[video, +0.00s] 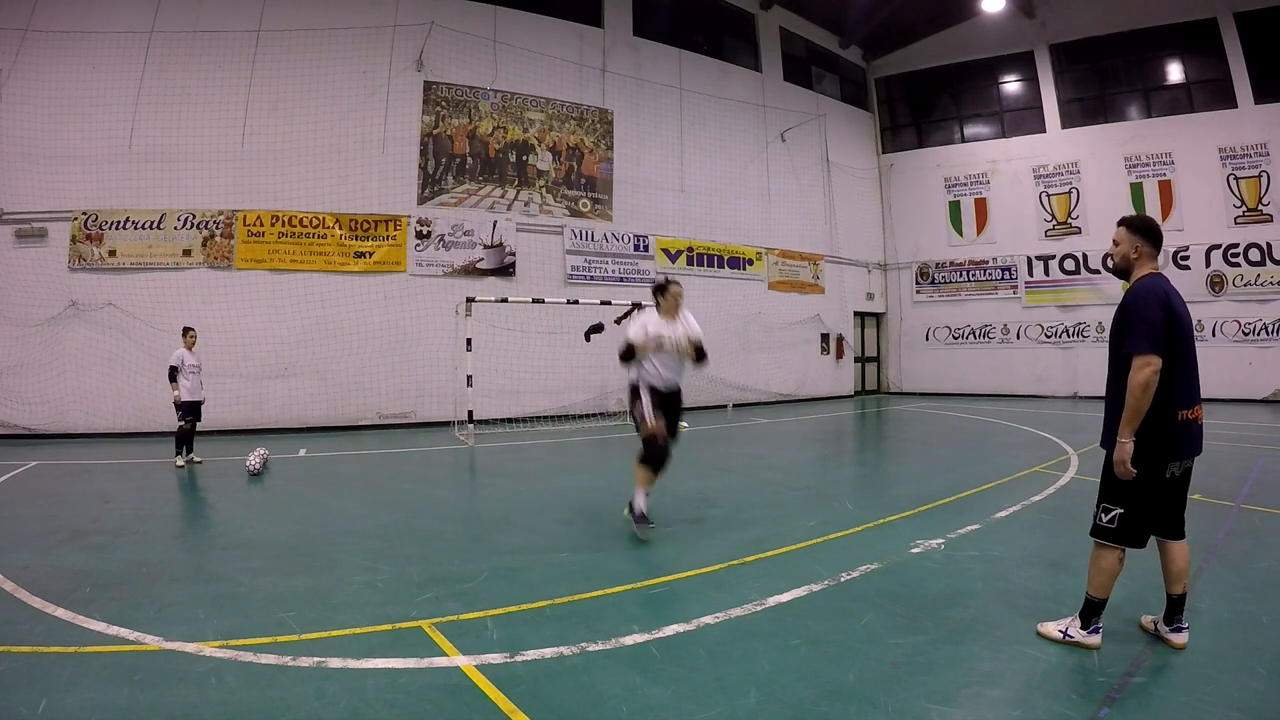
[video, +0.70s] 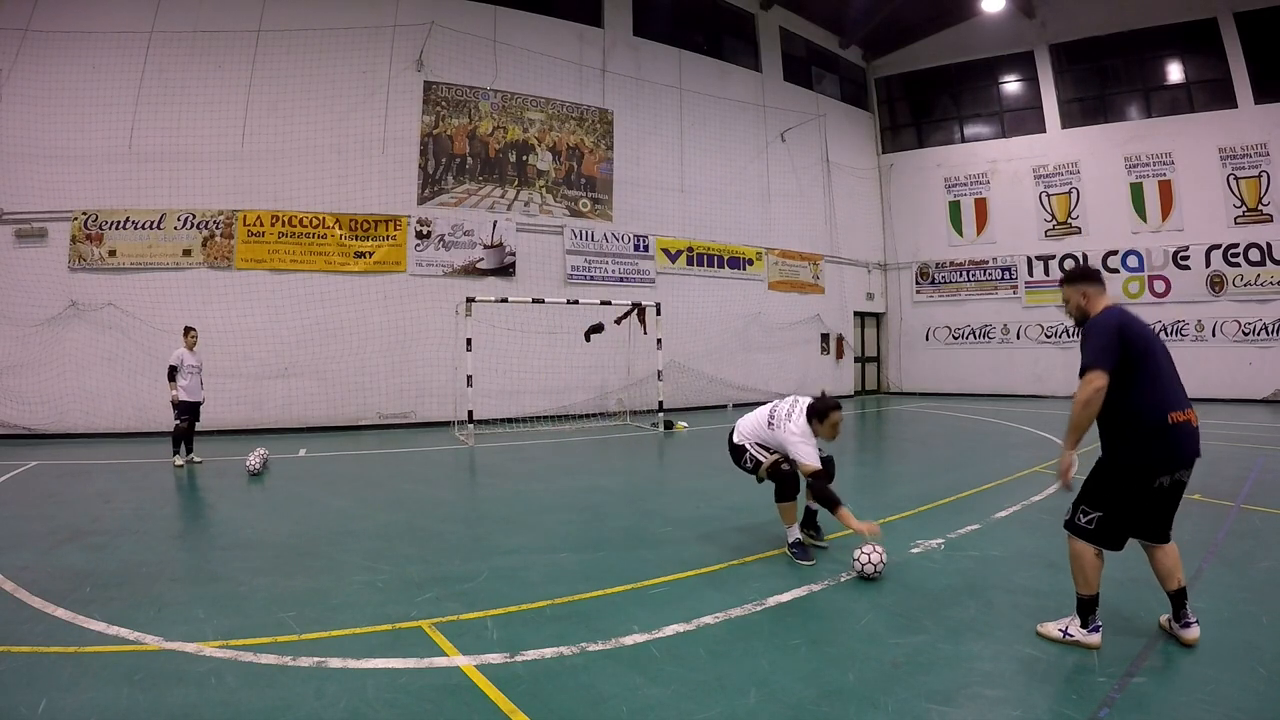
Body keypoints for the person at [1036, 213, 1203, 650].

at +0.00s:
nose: (1108, 249)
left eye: (1115, 242)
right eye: (1112, 242)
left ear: (1137, 249)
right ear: (1145, 251)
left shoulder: (1142, 296)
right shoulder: (1164, 292)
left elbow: (1147, 369)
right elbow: (1168, 369)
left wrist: (1125, 436)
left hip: (1141, 441)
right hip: (1175, 439)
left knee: (1110, 536)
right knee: (1170, 530)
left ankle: (1087, 624)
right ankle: (1174, 623)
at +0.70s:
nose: (1066, 310)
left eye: (1067, 301)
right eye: (1064, 303)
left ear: (1085, 294)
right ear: (1100, 292)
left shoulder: (1101, 325)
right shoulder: (1132, 323)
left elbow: (1095, 385)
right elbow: (1146, 391)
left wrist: (1069, 448)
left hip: (1137, 448)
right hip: (1180, 443)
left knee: (1082, 528)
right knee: (1155, 533)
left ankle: (1086, 624)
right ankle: (1185, 620)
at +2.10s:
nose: (966, 258)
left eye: (969, 250)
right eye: (967, 250)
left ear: (985, 252)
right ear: (1012, 253)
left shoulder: (985, 302)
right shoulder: (1051, 297)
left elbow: (981, 378)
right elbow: (1085, 365)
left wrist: (955, 450)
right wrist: (1092, 429)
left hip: (1015, 450)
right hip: (1065, 446)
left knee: (1000, 560)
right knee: (1001, 545)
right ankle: (977, 637)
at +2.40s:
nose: (1012, 235)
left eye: (1017, 226)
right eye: (1013, 226)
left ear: (1040, 228)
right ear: (1053, 229)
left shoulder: (1062, 283)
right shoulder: (1077, 276)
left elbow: (1074, 373)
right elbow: (1090, 372)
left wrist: (1055, 464)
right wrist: (1071, 457)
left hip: (1102, 453)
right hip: (1104, 447)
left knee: (1082, 578)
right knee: (1052, 545)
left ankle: (1088, 704)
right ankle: (1030, 648)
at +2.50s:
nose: (1029, 227)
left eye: (1035, 217)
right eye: (1030, 217)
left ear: (1060, 218)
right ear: (1070, 219)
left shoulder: (1084, 271)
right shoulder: (1084, 267)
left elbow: (1104, 364)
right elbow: (1103, 364)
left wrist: (1090, 459)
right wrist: (1085, 454)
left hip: (1118, 455)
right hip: (1109, 450)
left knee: (1098, 579)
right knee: (1072, 550)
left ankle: (1091, 704)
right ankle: (1085, 658)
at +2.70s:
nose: (1056, 218)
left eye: (1065, 207)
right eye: (1057, 208)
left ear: (1098, 211)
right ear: (1103, 213)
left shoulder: (1117, 271)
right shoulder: (1124, 265)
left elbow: (1149, 363)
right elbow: (1137, 369)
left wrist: (1138, 465)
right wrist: (1115, 458)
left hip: (1126, 465)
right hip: (1137, 458)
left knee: (1112, 592)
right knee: (1135, 562)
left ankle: (1088, 707)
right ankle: (1189, 662)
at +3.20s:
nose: (1153, 226)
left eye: (1162, 215)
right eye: (1154, 216)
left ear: (1197, 219)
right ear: (1195, 222)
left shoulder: (1209, 281)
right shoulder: (1221, 275)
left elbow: (1224, 376)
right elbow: (1233, 377)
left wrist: (1177, 465)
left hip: (1206, 469)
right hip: (1235, 466)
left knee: (1156, 592)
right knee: (1227, 581)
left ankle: (1097, 702)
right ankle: (1226, 691)